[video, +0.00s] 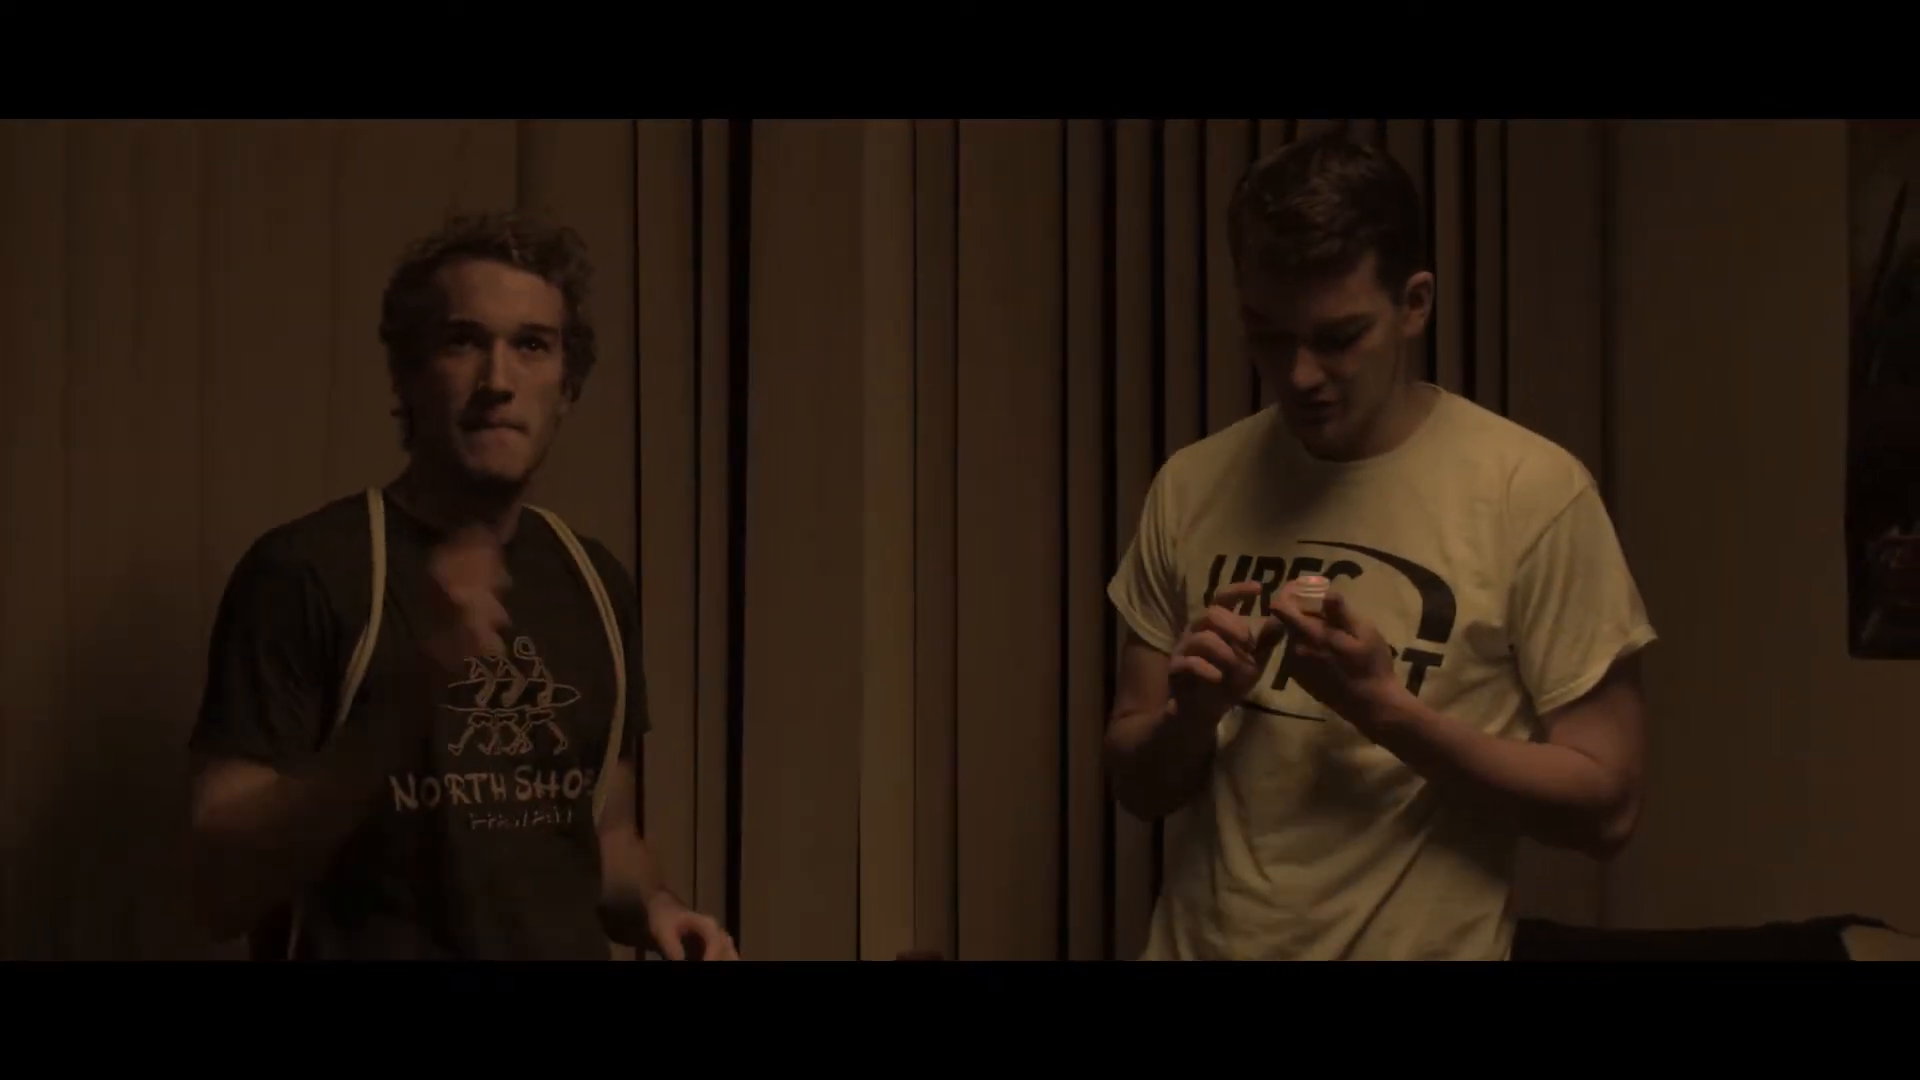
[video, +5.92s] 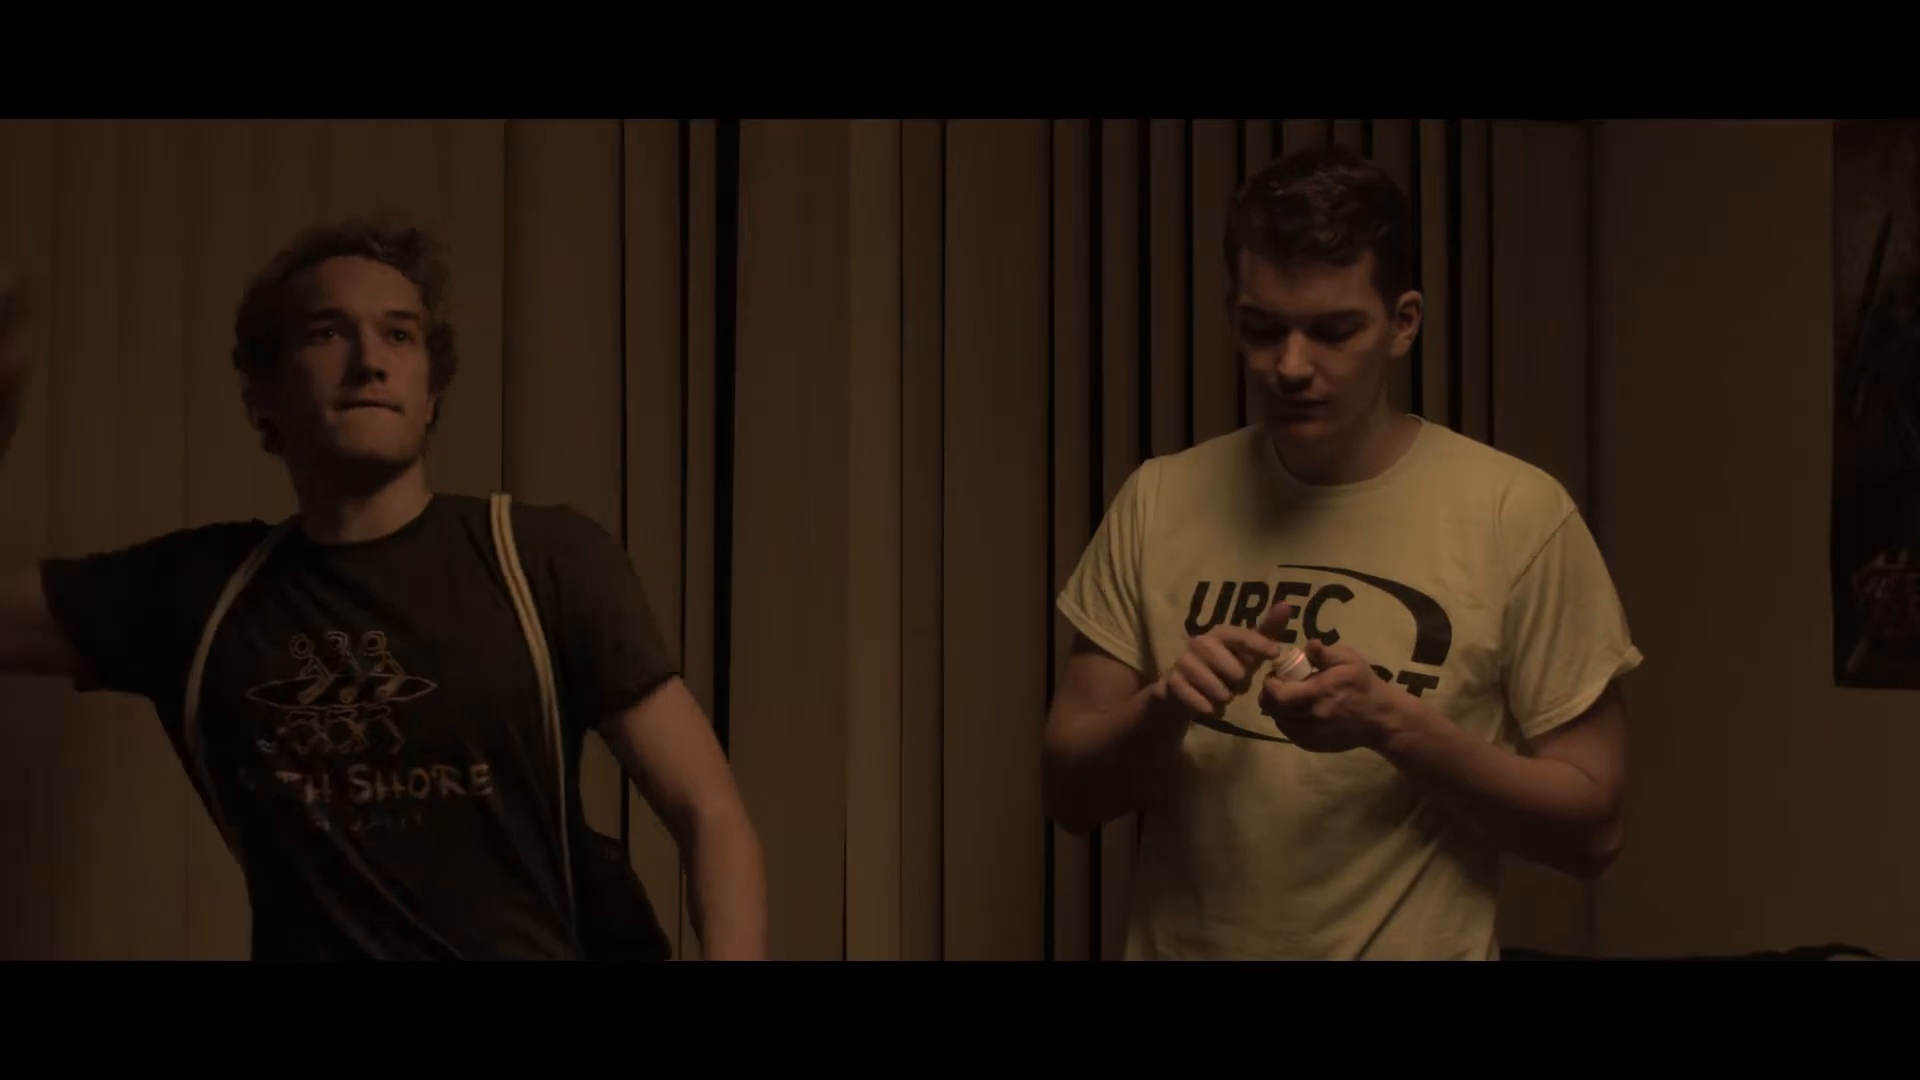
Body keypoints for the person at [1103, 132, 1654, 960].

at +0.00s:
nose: (1301, 376)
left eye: (1340, 338)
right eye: (1273, 338)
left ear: (1415, 305)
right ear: (1245, 312)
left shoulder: (1532, 494)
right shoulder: (1189, 490)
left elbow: (1606, 803)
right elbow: (1136, 786)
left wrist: (1385, 707)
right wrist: (1192, 714)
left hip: (1426, 946)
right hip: (1204, 943)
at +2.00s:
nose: (1292, 349)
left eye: (1334, 313)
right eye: (1266, 307)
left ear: (1404, 305)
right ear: (1239, 292)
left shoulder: (1513, 491)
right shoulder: (1162, 496)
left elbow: (1595, 798)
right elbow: (1089, 798)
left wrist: (1395, 693)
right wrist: (1154, 724)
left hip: (1418, 945)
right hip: (1194, 942)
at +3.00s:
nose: (1224, 307)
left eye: (1270, 272)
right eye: (1216, 271)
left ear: (1366, 289)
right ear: (1201, 273)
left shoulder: (1505, 486)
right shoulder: (1157, 486)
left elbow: (1592, 791)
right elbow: (1076, 799)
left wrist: (1376, 691)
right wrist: (1126, 630)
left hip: (1406, 946)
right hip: (1179, 941)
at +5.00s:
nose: (1242, 342)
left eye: (1284, 307)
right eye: (1226, 308)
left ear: (1376, 317)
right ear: (1207, 314)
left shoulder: (1515, 514)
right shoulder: (1160, 500)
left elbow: (1596, 819)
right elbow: (1047, 775)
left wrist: (1393, 720)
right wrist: (1174, 557)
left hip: (1416, 948)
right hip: (1178, 943)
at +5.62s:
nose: (1281, 358)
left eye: (1319, 320)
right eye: (1251, 323)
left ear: (1394, 315)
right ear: (1224, 322)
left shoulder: (1516, 515)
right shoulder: (1157, 502)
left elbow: (1595, 818)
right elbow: (1067, 800)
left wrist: (1390, 716)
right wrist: (1162, 657)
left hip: (1415, 946)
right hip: (1179, 944)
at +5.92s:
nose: (1291, 368)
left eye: (1332, 331)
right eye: (1262, 330)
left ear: (1404, 323)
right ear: (1235, 319)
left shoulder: (1517, 518)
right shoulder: (1157, 503)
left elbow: (1592, 822)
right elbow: (1069, 793)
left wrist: (1394, 721)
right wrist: (1162, 705)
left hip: (1414, 947)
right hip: (1182, 944)